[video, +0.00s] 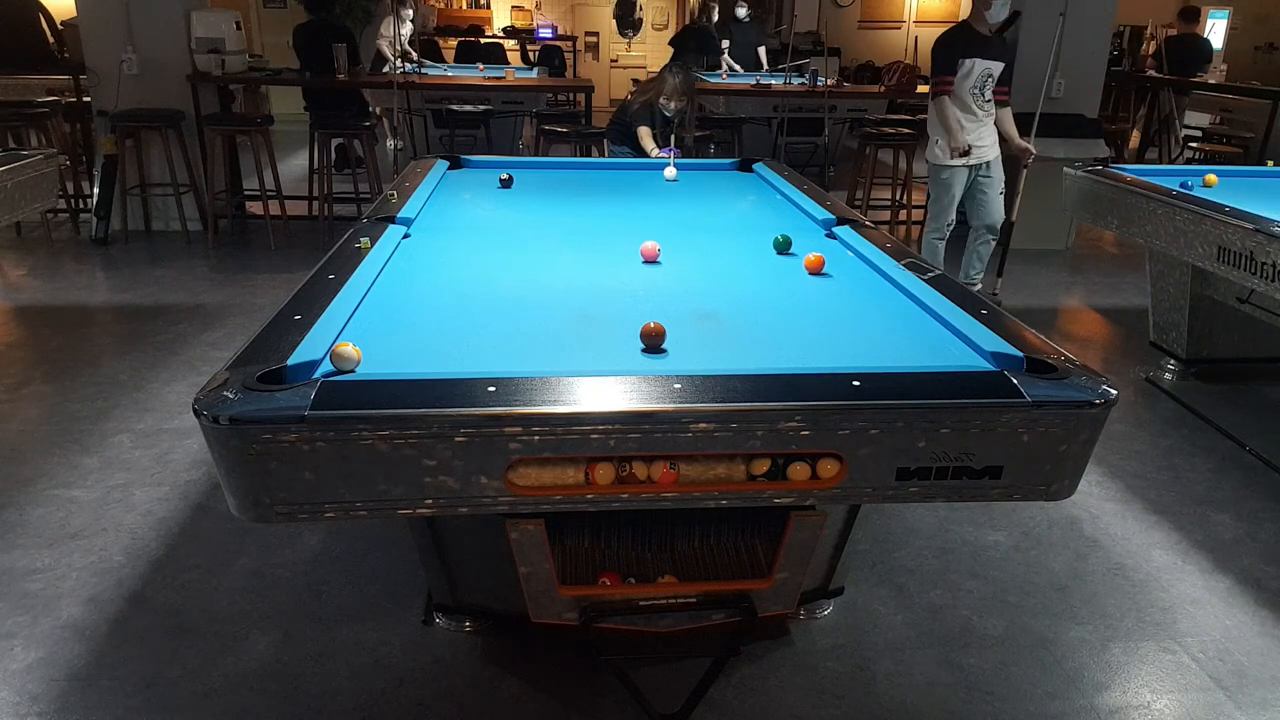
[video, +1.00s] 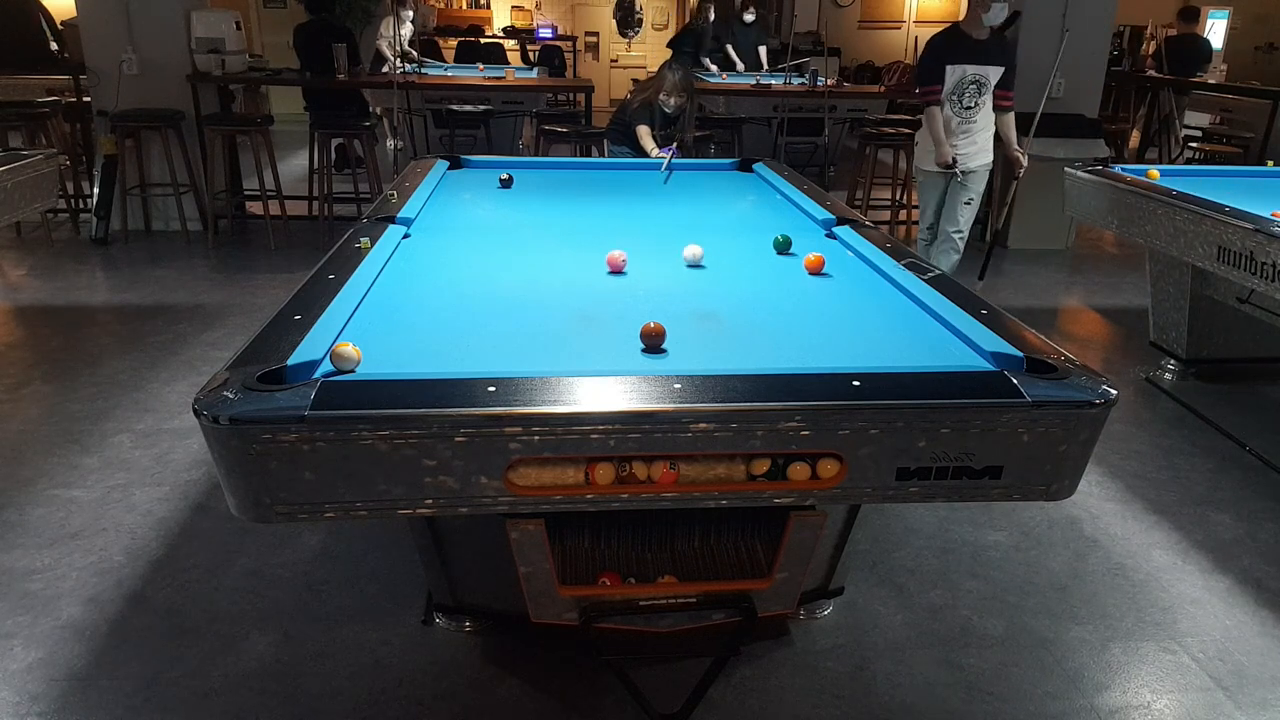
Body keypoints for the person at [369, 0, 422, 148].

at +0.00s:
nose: (409, 12)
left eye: (411, 9)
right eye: (405, 9)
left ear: (413, 10)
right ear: (398, 10)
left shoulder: (409, 26)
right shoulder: (390, 21)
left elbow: (403, 43)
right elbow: (380, 42)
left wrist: (412, 52)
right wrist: (393, 60)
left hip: (396, 64)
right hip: (382, 65)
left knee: (395, 103)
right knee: (384, 105)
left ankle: (395, 135)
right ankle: (390, 138)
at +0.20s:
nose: (409, 12)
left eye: (411, 9)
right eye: (406, 9)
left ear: (413, 10)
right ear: (398, 9)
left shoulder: (409, 26)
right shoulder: (389, 21)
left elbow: (404, 43)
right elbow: (380, 43)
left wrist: (413, 53)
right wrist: (393, 60)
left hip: (397, 65)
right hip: (382, 65)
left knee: (395, 102)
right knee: (385, 104)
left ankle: (396, 135)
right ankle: (390, 138)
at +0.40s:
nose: (409, 11)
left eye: (411, 8)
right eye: (406, 8)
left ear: (412, 10)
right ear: (398, 9)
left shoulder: (409, 26)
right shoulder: (389, 21)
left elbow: (403, 43)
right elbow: (380, 43)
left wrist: (413, 52)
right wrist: (393, 60)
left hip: (397, 65)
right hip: (382, 65)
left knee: (395, 103)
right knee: (384, 105)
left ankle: (395, 135)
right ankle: (389, 138)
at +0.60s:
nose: (408, 12)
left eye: (410, 9)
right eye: (405, 9)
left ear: (412, 10)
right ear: (397, 9)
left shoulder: (408, 26)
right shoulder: (389, 21)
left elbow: (402, 42)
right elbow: (380, 42)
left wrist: (412, 52)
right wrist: (392, 60)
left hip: (397, 64)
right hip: (381, 65)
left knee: (395, 103)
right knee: (385, 105)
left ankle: (395, 136)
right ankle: (390, 138)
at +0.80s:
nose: (408, 12)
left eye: (410, 9)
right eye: (405, 9)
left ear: (412, 10)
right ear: (397, 9)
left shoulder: (409, 27)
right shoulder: (388, 20)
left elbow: (403, 45)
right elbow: (380, 43)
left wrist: (413, 54)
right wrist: (392, 60)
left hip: (397, 66)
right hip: (381, 67)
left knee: (396, 104)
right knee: (385, 106)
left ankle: (395, 136)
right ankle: (389, 138)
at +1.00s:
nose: (409, 14)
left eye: (410, 10)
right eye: (405, 11)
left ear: (413, 11)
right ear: (398, 10)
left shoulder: (409, 27)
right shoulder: (389, 21)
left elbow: (403, 45)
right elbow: (380, 43)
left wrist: (412, 52)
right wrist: (392, 60)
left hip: (398, 66)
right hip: (382, 67)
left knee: (396, 104)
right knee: (385, 106)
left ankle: (395, 136)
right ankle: (390, 138)